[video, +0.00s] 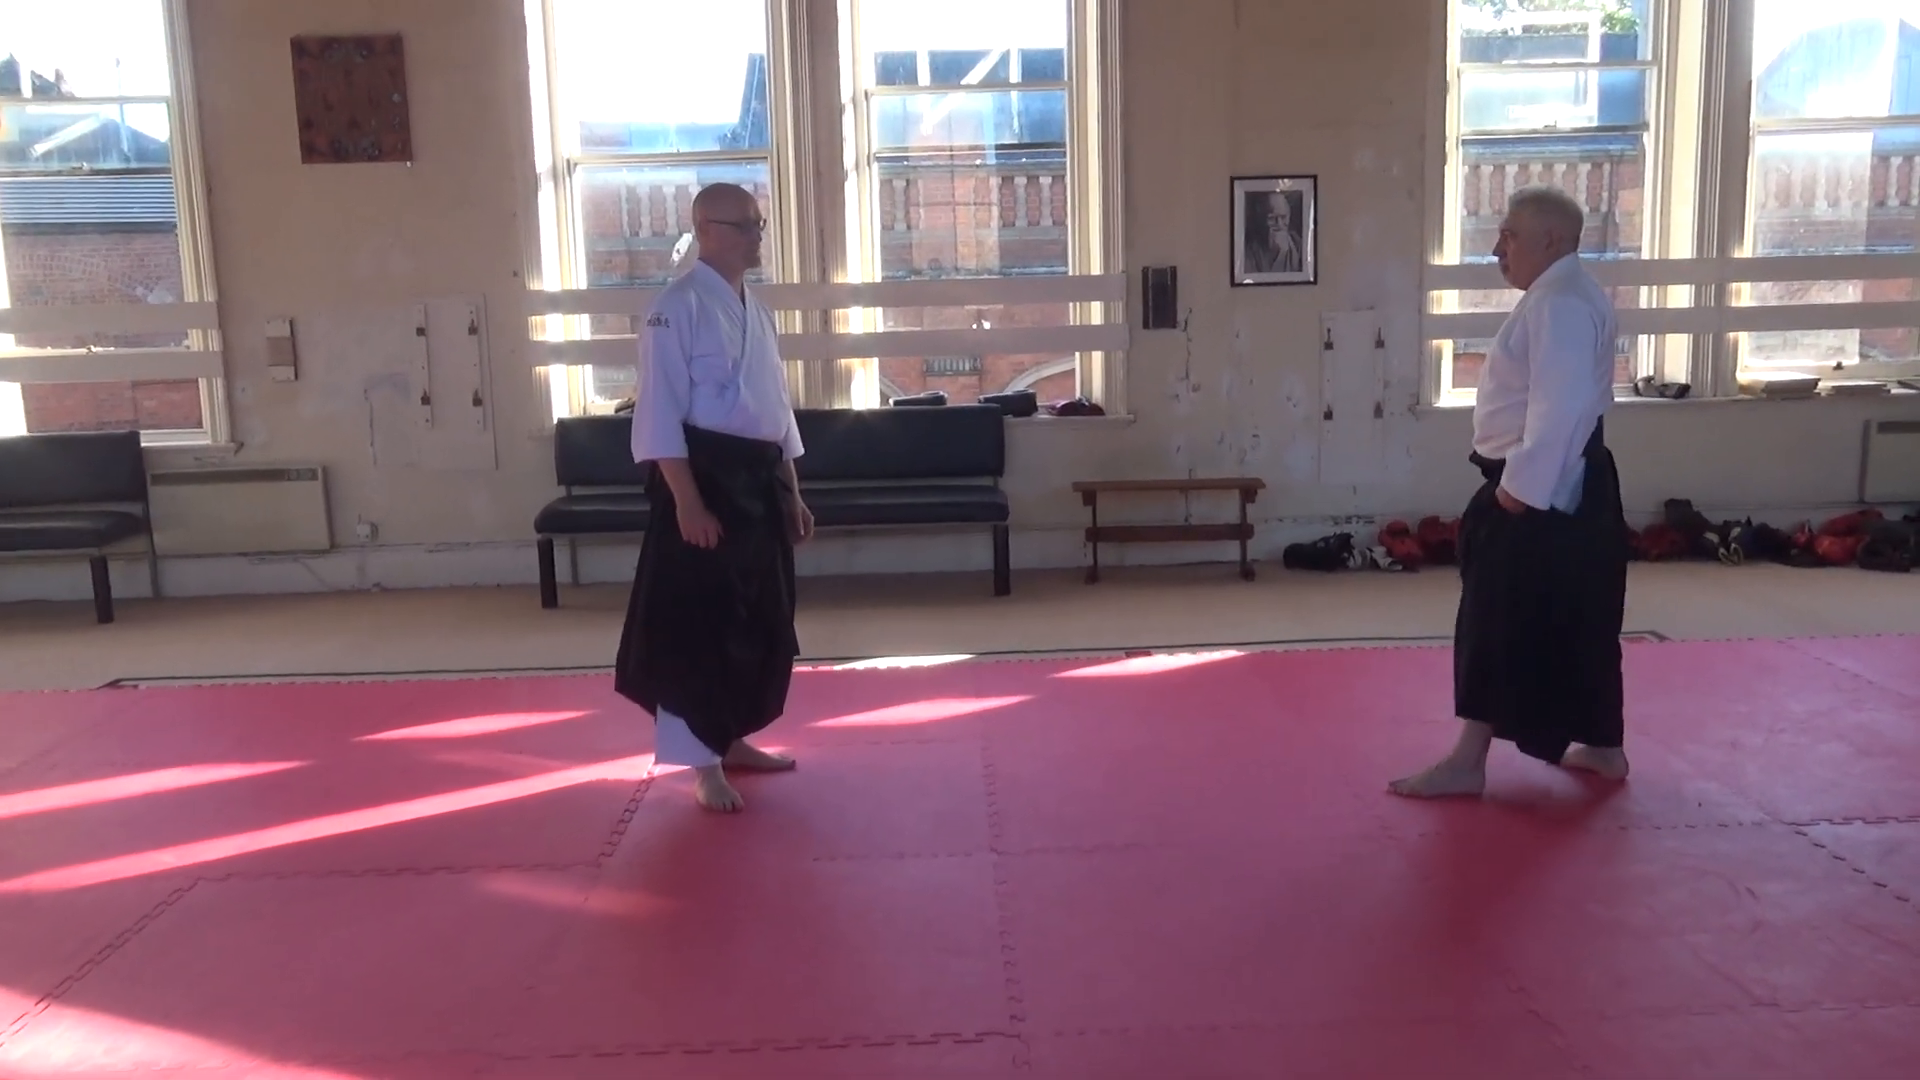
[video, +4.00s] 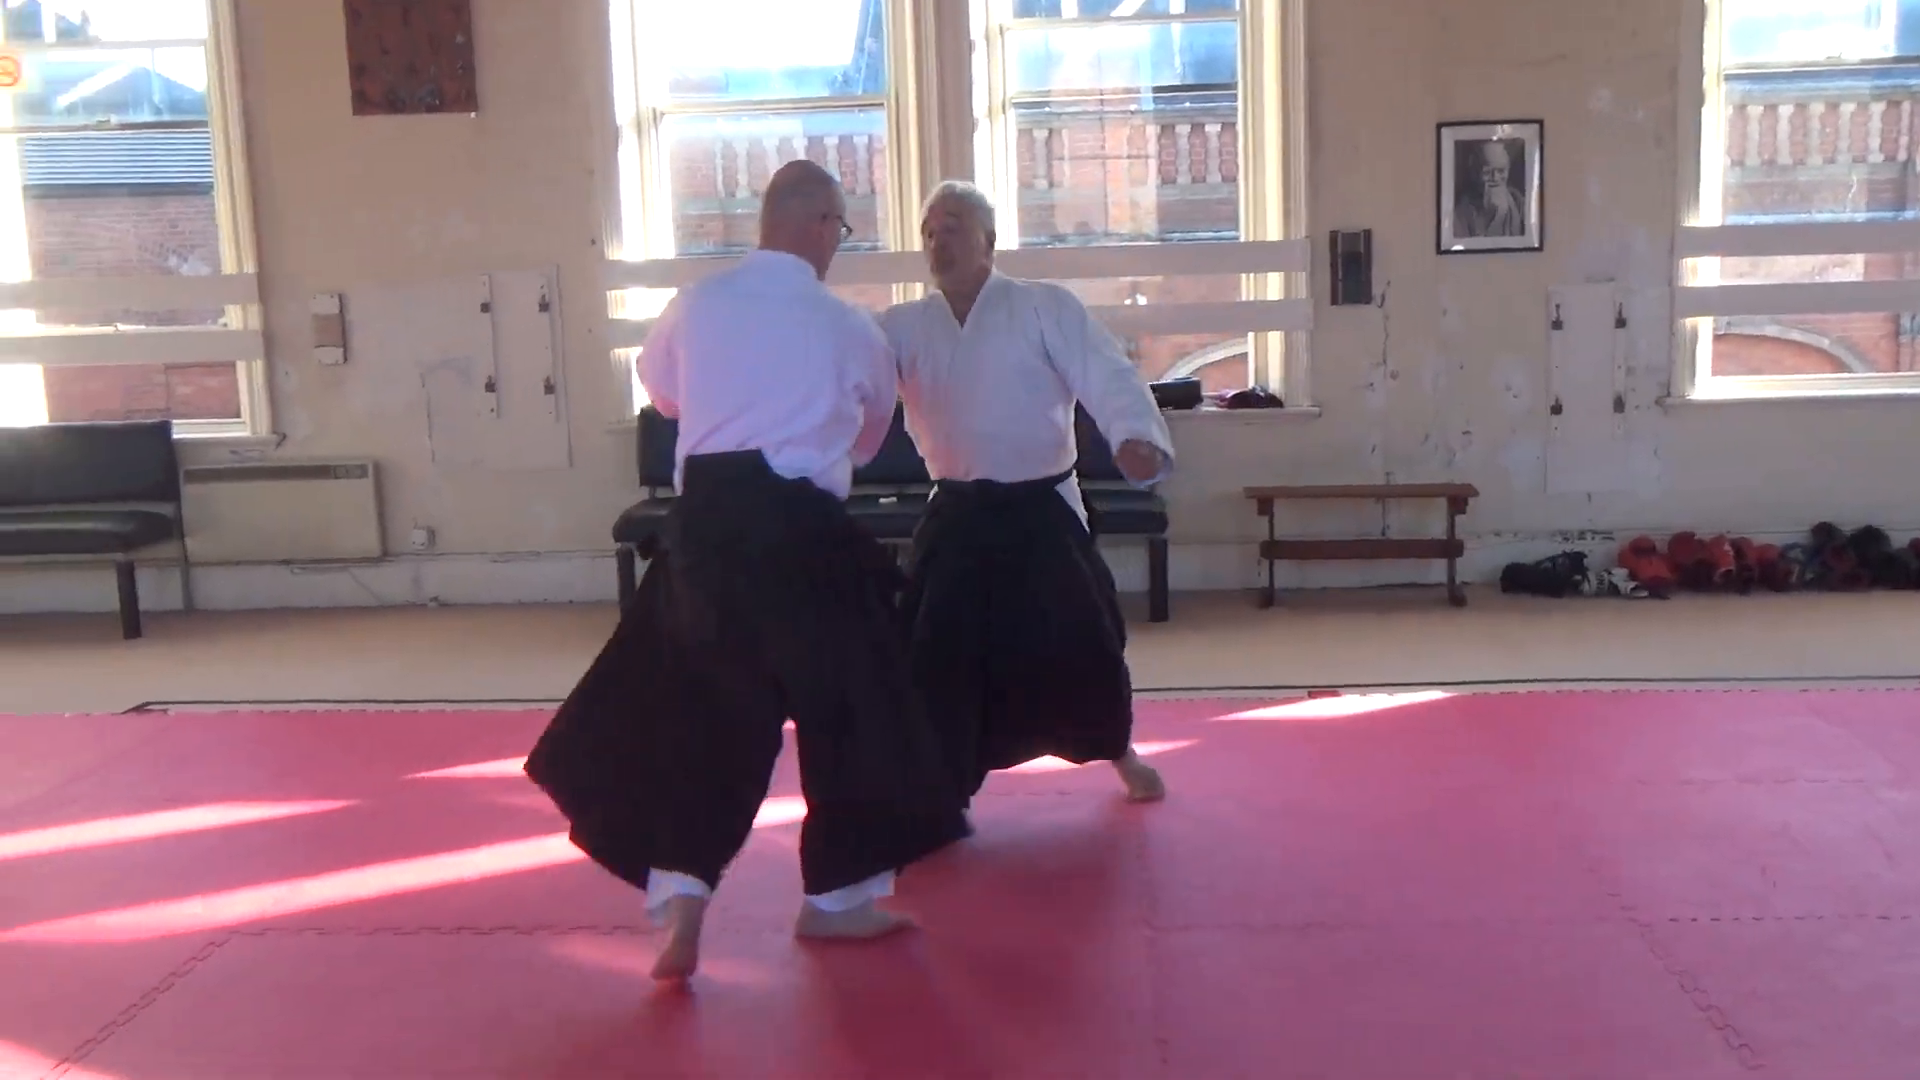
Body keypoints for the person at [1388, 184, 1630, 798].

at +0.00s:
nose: (1497, 246)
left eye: (1508, 234)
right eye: (1501, 233)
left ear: (1548, 241)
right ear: (1555, 242)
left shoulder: (1558, 303)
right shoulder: (1579, 294)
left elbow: (1560, 406)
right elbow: (1578, 401)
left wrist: (1520, 488)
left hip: (1531, 487)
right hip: (1578, 481)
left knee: (1490, 625)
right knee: (1585, 618)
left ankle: (1467, 760)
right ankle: (1605, 746)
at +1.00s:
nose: (1453, 288)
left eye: (1464, 277)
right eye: (1454, 277)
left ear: (1505, 277)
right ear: (1508, 279)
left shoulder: (1518, 345)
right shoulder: (1515, 335)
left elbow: (1481, 454)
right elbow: (1460, 438)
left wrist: (1415, 513)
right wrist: (1400, 486)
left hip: (1500, 523)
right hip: (1542, 514)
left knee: (1453, 654)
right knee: (1555, 649)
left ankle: (1438, 792)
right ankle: (1576, 779)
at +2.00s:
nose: (1647, 215)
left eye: (1660, 199)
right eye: (1646, 199)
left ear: (1715, 197)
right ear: (1711, 199)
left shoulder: (1736, 287)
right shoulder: (1711, 273)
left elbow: (1648, 421)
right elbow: (1623, 366)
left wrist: (1582, 464)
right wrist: (1528, 427)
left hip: (1709, 526)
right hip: (1747, 516)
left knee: (1638, 703)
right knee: (1770, 704)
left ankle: (1615, 894)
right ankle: (1801, 879)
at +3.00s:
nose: (1333, 279)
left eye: (1342, 267)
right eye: (1333, 266)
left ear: (1381, 270)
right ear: (1397, 270)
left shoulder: (1374, 351)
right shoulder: (1434, 315)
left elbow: (1293, 437)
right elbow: (1356, 271)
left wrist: (1210, 483)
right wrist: (1333, 221)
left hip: (1425, 542)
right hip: (1471, 522)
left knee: (1349, 671)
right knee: (1541, 658)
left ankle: (1382, 832)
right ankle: (1634, 761)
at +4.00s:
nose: (939, 236)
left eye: (953, 225)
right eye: (930, 227)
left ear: (988, 237)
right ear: (920, 242)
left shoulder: (1045, 308)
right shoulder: (902, 325)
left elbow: (1108, 375)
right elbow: (843, 382)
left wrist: (1136, 434)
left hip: (1045, 507)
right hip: (957, 512)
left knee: (1086, 638)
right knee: (936, 649)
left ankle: (1122, 753)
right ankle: (942, 794)